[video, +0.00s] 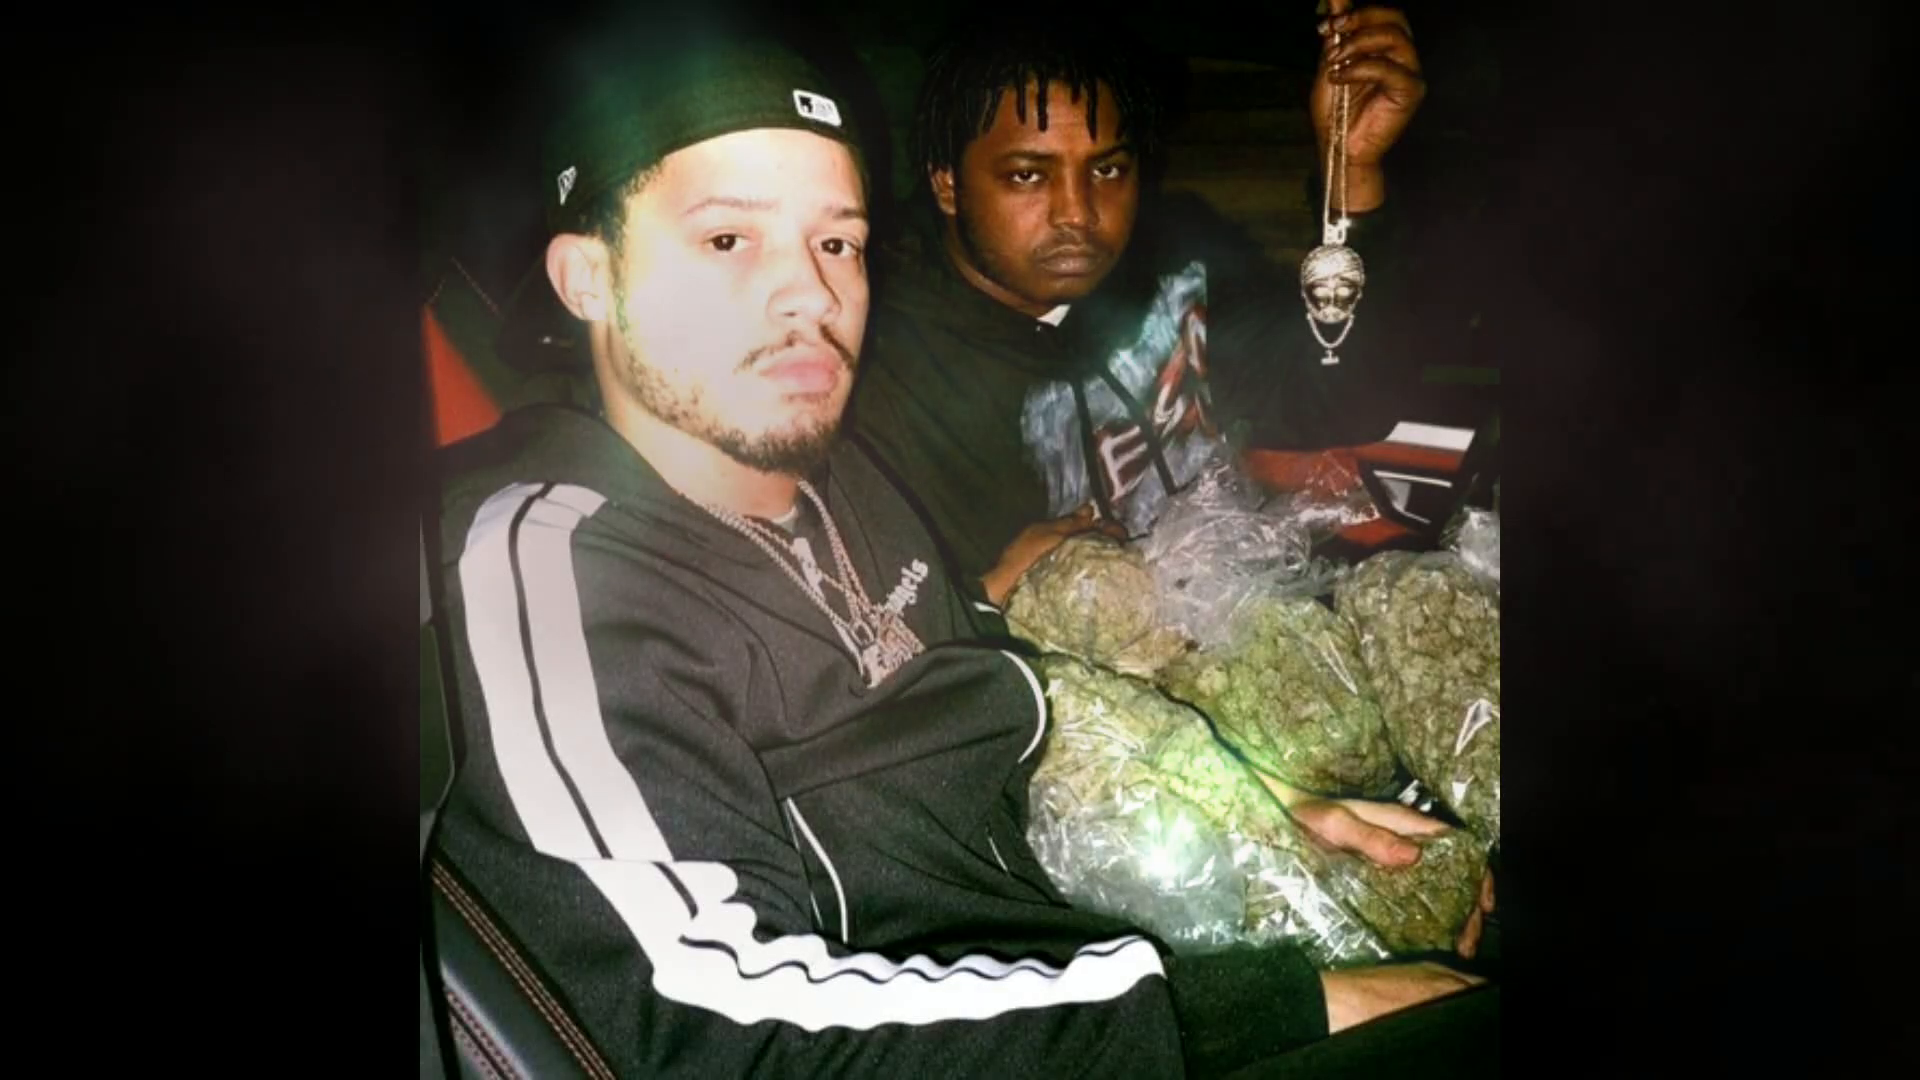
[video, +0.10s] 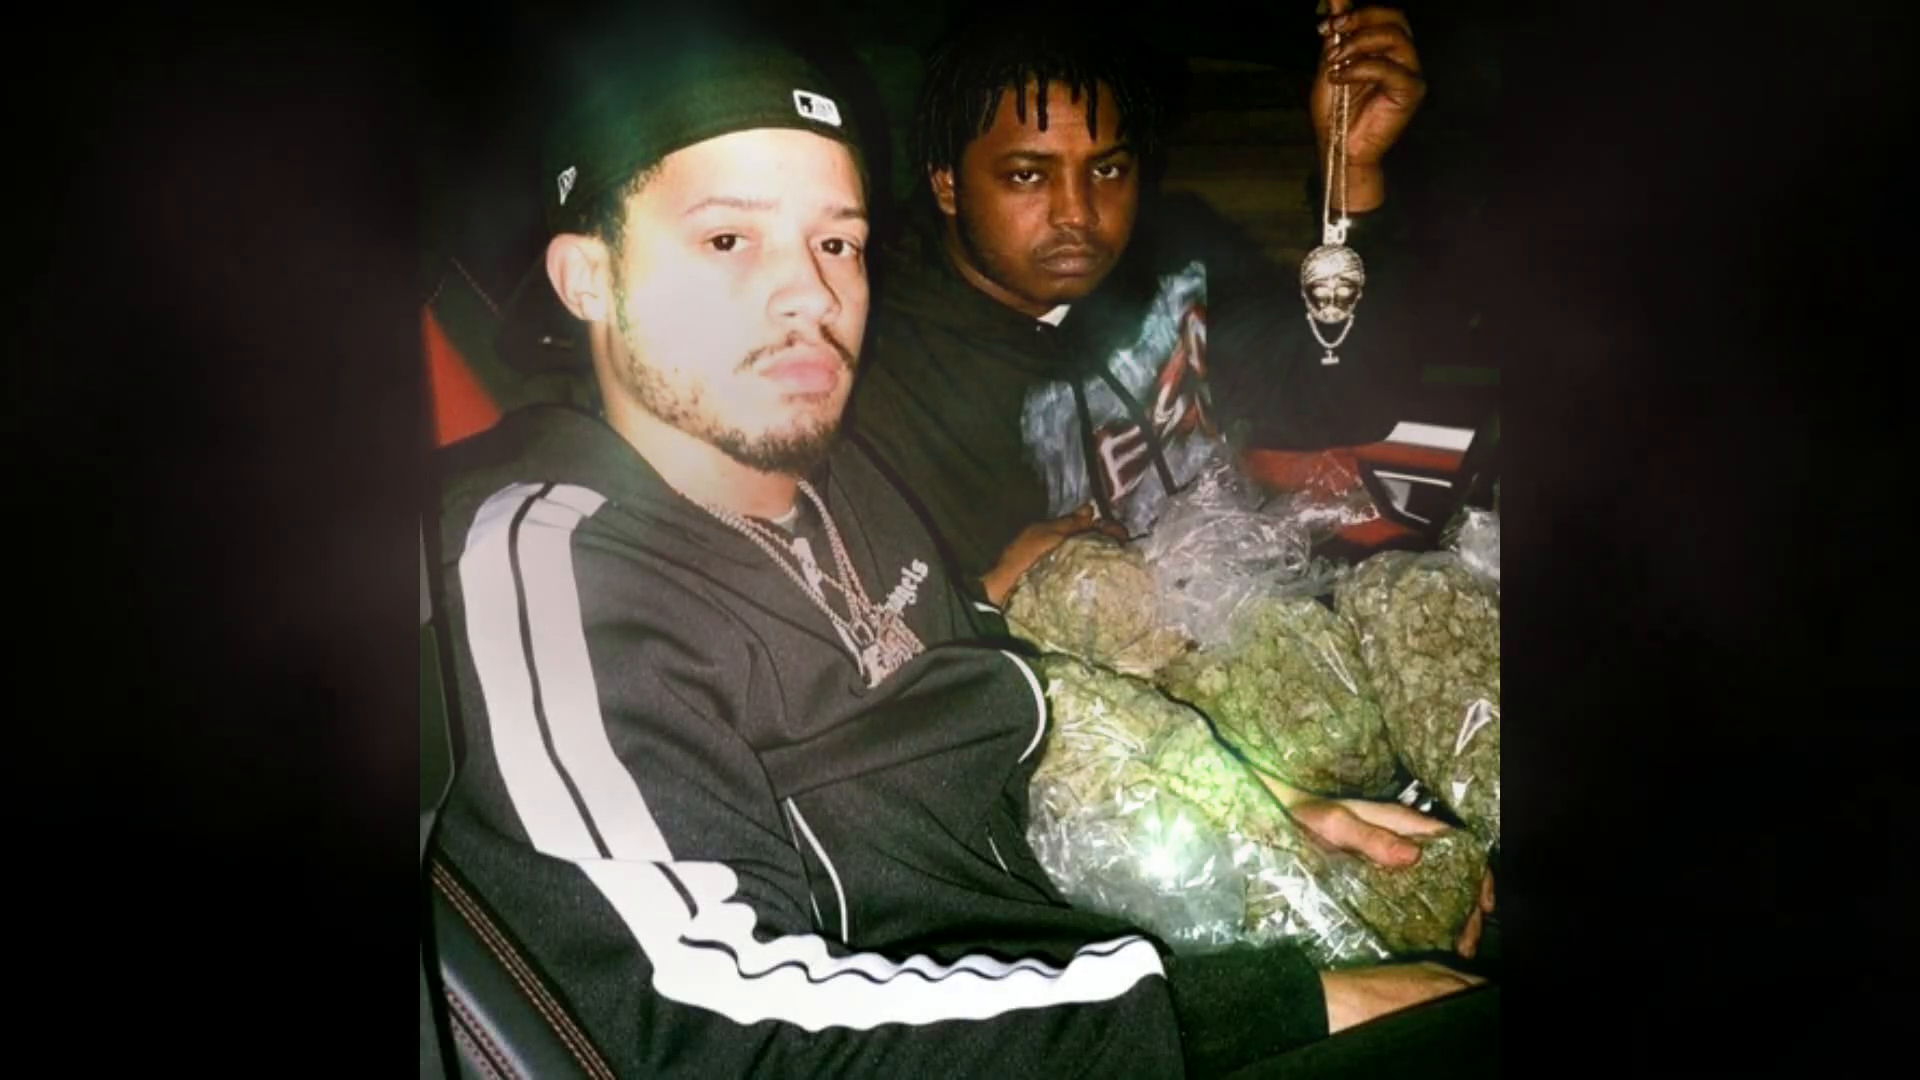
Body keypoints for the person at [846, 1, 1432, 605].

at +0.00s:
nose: (1077, 216)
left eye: (1108, 170)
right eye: (1029, 175)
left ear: (1140, 171)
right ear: (945, 188)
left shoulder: (1179, 249)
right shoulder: (898, 371)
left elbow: (1340, 408)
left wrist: (1352, 172)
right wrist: (994, 590)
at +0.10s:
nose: (1078, 216)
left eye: (1108, 171)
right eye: (1029, 175)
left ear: (1141, 171)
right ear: (945, 188)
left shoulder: (1177, 248)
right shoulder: (899, 376)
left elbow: (1348, 405)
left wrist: (1352, 172)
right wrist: (995, 592)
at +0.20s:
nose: (1078, 216)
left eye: (1108, 170)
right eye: (1029, 175)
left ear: (1140, 171)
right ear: (946, 187)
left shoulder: (1177, 249)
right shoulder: (899, 373)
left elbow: (1347, 405)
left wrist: (1352, 172)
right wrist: (996, 589)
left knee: (1432, 605)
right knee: (1079, 579)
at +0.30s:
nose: (1076, 217)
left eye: (1107, 171)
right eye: (1027, 176)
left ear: (1139, 171)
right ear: (947, 188)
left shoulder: (1184, 253)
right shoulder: (894, 363)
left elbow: (1342, 414)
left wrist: (1353, 175)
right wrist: (988, 596)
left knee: (1421, 599)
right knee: (1076, 582)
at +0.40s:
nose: (1077, 217)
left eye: (1107, 171)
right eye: (1027, 176)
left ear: (1138, 171)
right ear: (946, 188)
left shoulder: (1182, 258)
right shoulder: (890, 364)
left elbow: (1339, 414)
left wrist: (1351, 176)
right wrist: (989, 592)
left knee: (1427, 601)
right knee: (1081, 579)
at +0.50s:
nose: (1077, 216)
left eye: (1108, 171)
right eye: (1029, 175)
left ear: (1142, 172)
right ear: (946, 188)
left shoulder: (1179, 256)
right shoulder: (898, 365)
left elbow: (1350, 409)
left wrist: (1351, 171)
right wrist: (993, 589)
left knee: (1424, 597)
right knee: (1077, 580)